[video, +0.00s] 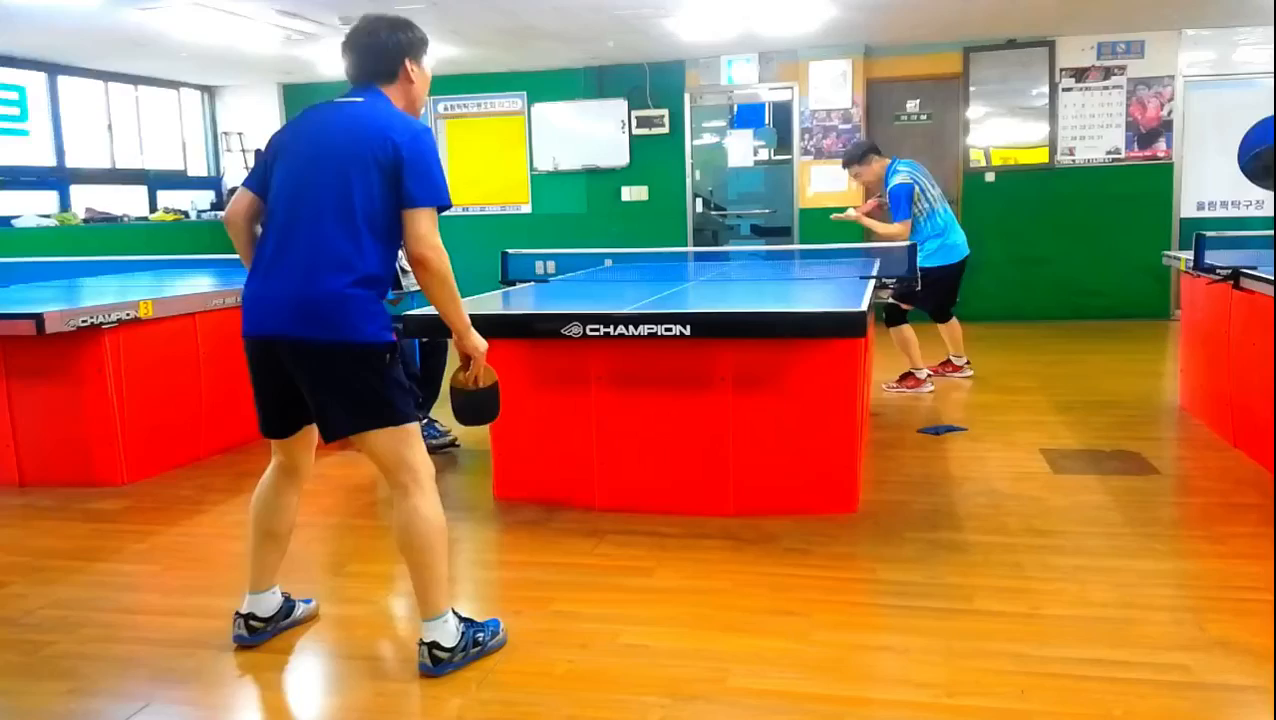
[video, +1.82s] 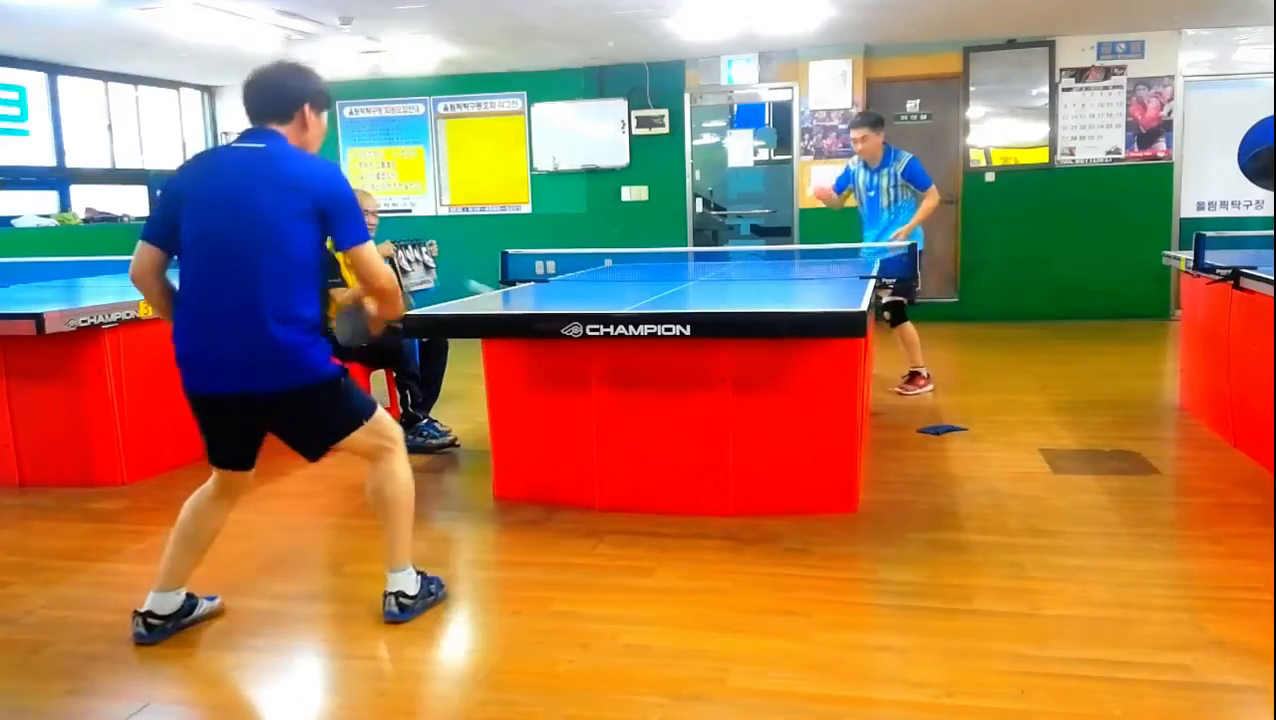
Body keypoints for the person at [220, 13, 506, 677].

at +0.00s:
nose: (429, 85)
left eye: (427, 73)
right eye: (426, 73)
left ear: (353, 72)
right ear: (407, 71)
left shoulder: (296, 128)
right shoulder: (405, 133)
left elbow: (238, 216)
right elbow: (422, 252)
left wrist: (274, 285)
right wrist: (464, 330)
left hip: (267, 323)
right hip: (345, 325)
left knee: (289, 460)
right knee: (410, 476)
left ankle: (258, 605)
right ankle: (442, 630)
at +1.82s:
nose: (322, 130)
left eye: (322, 120)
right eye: (321, 118)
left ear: (254, 115)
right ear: (304, 115)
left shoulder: (196, 170)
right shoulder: (320, 175)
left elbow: (144, 271)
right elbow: (376, 280)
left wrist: (189, 319)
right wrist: (389, 311)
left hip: (207, 364)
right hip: (287, 363)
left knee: (226, 478)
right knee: (386, 443)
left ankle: (162, 602)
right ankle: (403, 582)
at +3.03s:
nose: (286, 56)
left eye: (285, 41)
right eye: (284, 42)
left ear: (206, 38)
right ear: (265, 42)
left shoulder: (141, 98)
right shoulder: (293, 108)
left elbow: (73, 192)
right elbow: (378, 210)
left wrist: (115, 266)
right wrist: (361, 257)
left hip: (157, 345)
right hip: (258, 343)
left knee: (153, 483)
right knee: (330, 499)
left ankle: (115, 623)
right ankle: (359, 672)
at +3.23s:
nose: (258, 75)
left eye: (256, 63)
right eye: (257, 63)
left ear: (178, 65)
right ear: (240, 67)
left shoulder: (117, 127)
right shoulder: (276, 149)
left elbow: (59, 210)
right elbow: (353, 254)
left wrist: (41, 312)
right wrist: (363, 226)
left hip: (117, 364)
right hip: (222, 369)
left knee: (81, 510)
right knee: (318, 527)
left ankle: (26, 663)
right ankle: (349, 689)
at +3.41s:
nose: (234, 88)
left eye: (231, 74)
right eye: (231, 74)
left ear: (150, 82)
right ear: (209, 78)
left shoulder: (83, 150)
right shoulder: (238, 165)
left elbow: (18, 253)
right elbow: (269, 293)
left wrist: (58, 324)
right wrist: (305, 373)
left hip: (91, 378)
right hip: (190, 378)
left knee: (101, 513)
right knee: (310, 519)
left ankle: (28, 666)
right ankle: (348, 688)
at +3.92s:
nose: (252, 131)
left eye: (251, 118)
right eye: (250, 117)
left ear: (166, 112)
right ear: (228, 112)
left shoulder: (92, 181)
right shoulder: (239, 195)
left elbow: (42, 303)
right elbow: (273, 329)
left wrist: (107, 350)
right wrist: (319, 407)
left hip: (68, 407)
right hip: (170, 411)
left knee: (82, 512)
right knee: (308, 535)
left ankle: (19, 661)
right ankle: (295, 704)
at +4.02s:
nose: (213, 128)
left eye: (212, 116)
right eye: (212, 116)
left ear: (132, 113)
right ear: (196, 117)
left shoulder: (68, 166)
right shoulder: (227, 200)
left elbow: (3, 254)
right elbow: (231, 294)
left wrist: (15, 318)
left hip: (75, 400)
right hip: (188, 402)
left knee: (17, 519)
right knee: (295, 545)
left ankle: (4, 665)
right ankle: (296, 706)